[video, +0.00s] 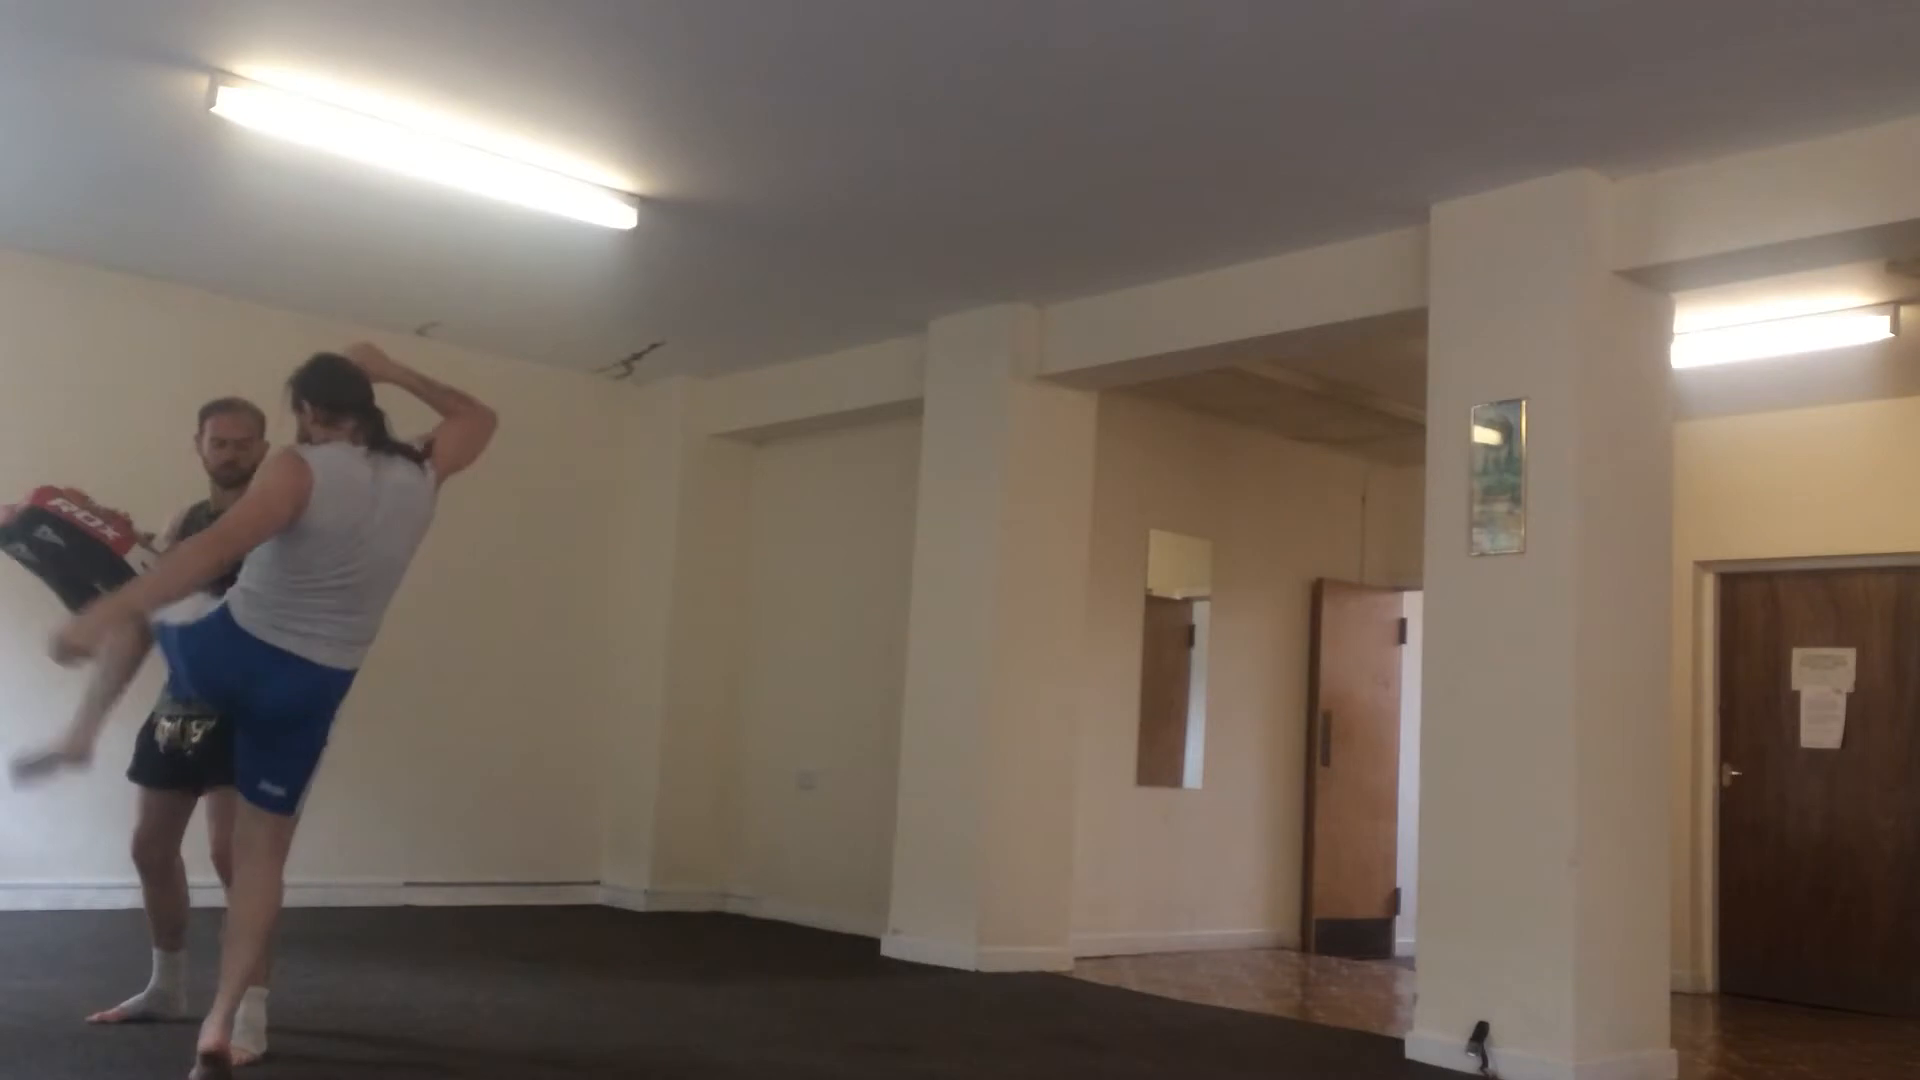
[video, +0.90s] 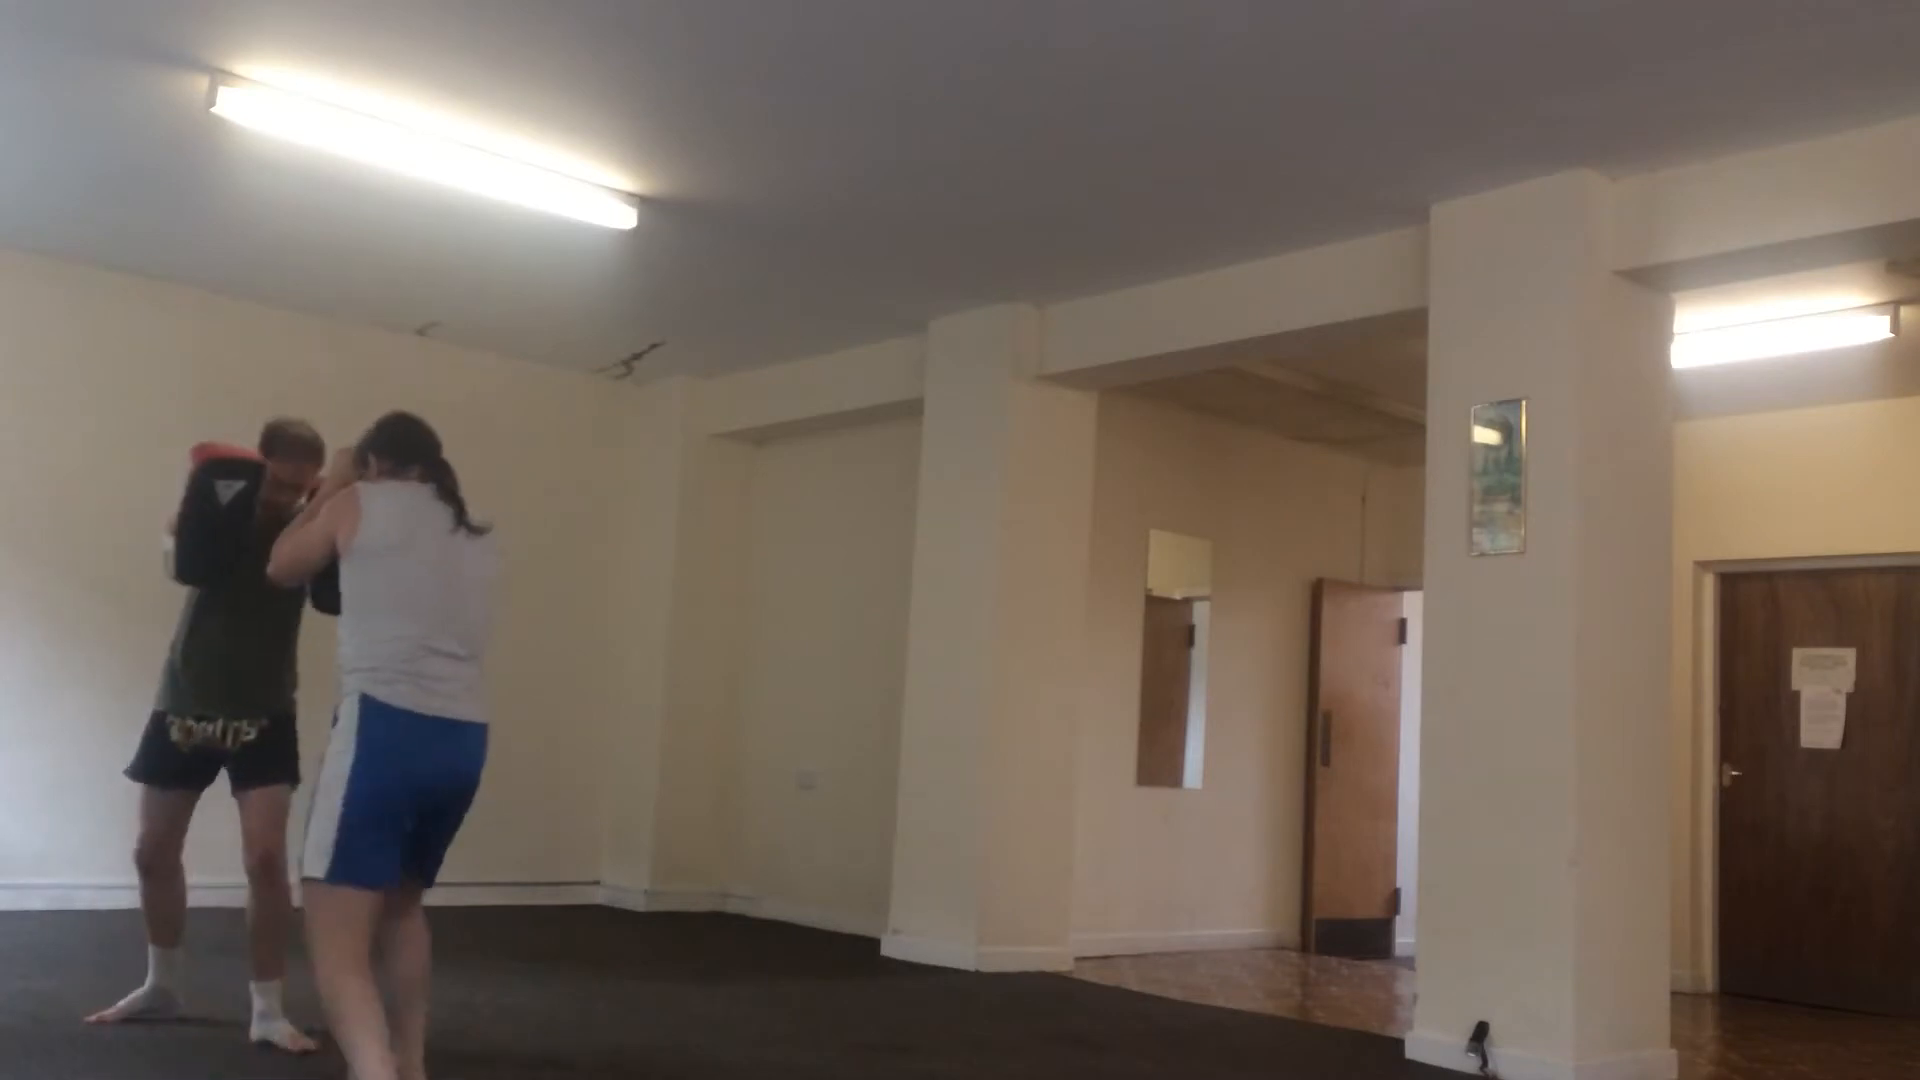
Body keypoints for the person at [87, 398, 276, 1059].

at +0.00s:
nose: (232, 454)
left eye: (245, 443)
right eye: (220, 443)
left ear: (266, 447)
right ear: (200, 449)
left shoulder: (288, 526)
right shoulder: (187, 524)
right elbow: (158, 595)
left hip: (248, 706)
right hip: (184, 700)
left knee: (232, 853)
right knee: (153, 849)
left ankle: (252, 999)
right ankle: (166, 985)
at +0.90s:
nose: (288, 497)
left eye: (300, 486)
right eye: (279, 483)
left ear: (314, 482)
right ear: (260, 468)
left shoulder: (310, 526)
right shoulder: (216, 501)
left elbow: (332, 598)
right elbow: (192, 568)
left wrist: (329, 512)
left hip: (264, 709)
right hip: (188, 702)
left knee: (267, 864)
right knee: (154, 853)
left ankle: (268, 1013)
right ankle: (163, 986)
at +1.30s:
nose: (305, 480)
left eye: (320, 471)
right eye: (297, 464)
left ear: (335, 474)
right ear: (273, 450)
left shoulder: (328, 525)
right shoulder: (217, 502)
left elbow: (336, 646)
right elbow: (185, 597)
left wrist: (348, 590)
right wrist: (230, 555)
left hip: (274, 707)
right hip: (192, 698)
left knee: (277, 867)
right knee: (123, 857)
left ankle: (269, 1015)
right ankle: (59, 1013)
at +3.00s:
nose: (316, 460)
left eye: (323, 450)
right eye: (307, 445)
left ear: (306, 444)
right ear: (267, 432)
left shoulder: (237, 494)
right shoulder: (250, 495)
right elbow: (294, 601)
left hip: (243, 714)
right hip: (214, 714)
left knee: (236, 867)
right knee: (182, 871)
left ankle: (191, 1012)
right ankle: (105, 1048)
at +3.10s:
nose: (326, 463)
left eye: (333, 451)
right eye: (315, 444)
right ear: (271, 434)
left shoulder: (247, 494)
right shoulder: (260, 496)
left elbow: (278, 615)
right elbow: (308, 608)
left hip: (244, 713)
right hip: (216, 713)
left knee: (237, 865)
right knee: (185, 871)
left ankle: (191, 1013)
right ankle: (107, 1047)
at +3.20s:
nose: (307, 444)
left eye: (313, 432)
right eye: (296, 428)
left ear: (259, 429)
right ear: (251, 422)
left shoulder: (236, 489)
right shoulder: (243, 491)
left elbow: (302, 584)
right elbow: (317, 575)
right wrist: (312, 490)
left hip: (247, 710)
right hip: (219, 711)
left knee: (232, 864)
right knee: (187, 868)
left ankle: (191, 1012)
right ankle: (107, 1043)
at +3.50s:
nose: (314, 449)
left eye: (321, 437)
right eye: (300, 435)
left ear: (325, 444)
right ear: (262, 435)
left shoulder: (277, 508)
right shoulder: (229, 499)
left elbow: (277, 611)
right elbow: (270, 600)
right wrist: (336, 593)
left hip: (262, 711)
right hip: (216, 711)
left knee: (246, 865)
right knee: (197, 863)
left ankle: (192, 1012)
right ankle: (116, 1037)